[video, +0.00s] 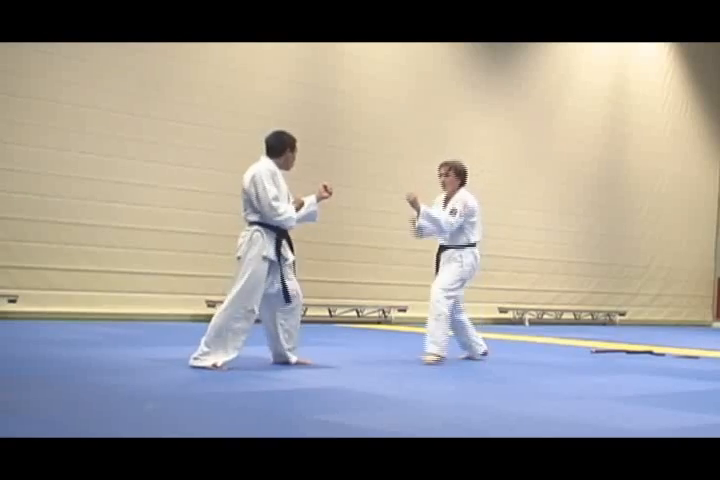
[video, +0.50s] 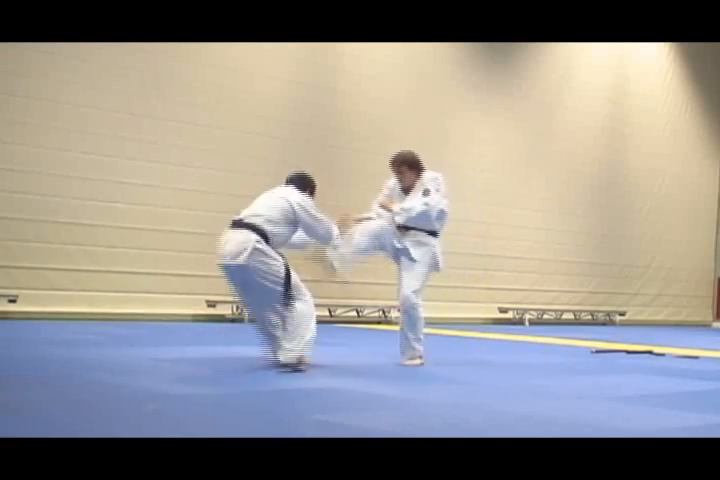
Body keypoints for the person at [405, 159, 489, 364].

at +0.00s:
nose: (442, 179)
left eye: (447, 175)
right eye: (440, 176)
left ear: (459, 178)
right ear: (439, 179)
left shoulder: (465, 200)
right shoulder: (440, 200)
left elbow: (450, 225)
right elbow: (436, 226)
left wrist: (420, 209)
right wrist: (420, 228)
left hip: (464, 254)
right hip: (446, 254)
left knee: (440, 292)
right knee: (452, 308)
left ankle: (435, 350)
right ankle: (476, 348)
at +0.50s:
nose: (399, 179)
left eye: (402, 174)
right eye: (396, 174)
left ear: (415, 171)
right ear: (396, 173)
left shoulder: (432, 182)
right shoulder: (394, 185)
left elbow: (430, 206)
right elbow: (379, 210)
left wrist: (395, 209)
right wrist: (356, 221)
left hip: (421, 245)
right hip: (396, 236)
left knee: (408, 296)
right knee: (378, 226)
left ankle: (413, 353)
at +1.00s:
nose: (293, 162)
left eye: (298, 157)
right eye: (291, 157)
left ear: (313, 157)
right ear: (294, 158)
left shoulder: (335, 172)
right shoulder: (301, 177)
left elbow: (372, 191)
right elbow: (306, 199)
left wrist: (339, 194)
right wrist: (292, 205)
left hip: (338, 247)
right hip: (308, 246)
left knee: (356, 303)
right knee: (276, 275)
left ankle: (385, 352)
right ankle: (276, 335)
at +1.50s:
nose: (165, 132)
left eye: (171, 127)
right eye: (164, 127)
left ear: (191, 131)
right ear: (166, 130)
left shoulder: (215, 158)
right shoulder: (161, 151)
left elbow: (226, 202)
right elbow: (132, 127)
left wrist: (217, 237)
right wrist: (104, 103)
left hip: (223, 224)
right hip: (189, 229)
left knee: (257, 284)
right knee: (165, 287)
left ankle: (304, 346)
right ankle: (153, 356)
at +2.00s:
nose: (126, 125)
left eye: (128, 119)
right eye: (125, 120)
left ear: (142, 116)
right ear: (136, 119)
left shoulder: (175, 126)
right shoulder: (139, 137)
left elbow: (212, 131)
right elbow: (108, 120)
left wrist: (245, 144)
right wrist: (74, 103)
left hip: (196, 212)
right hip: (168, 218)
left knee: (206, 285)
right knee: (155, 289)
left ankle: (242, 356)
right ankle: (160, 357)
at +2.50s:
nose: (144, 145)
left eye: (145, 141)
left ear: (149, 141)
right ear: (176, 138)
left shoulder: (145, 157)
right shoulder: (195, 158)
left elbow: (122, 198)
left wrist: (110, 239)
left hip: (177, 225)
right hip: (213, 227)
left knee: (139, 296)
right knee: (187, 300)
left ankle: (149, 363)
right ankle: (185, 356)